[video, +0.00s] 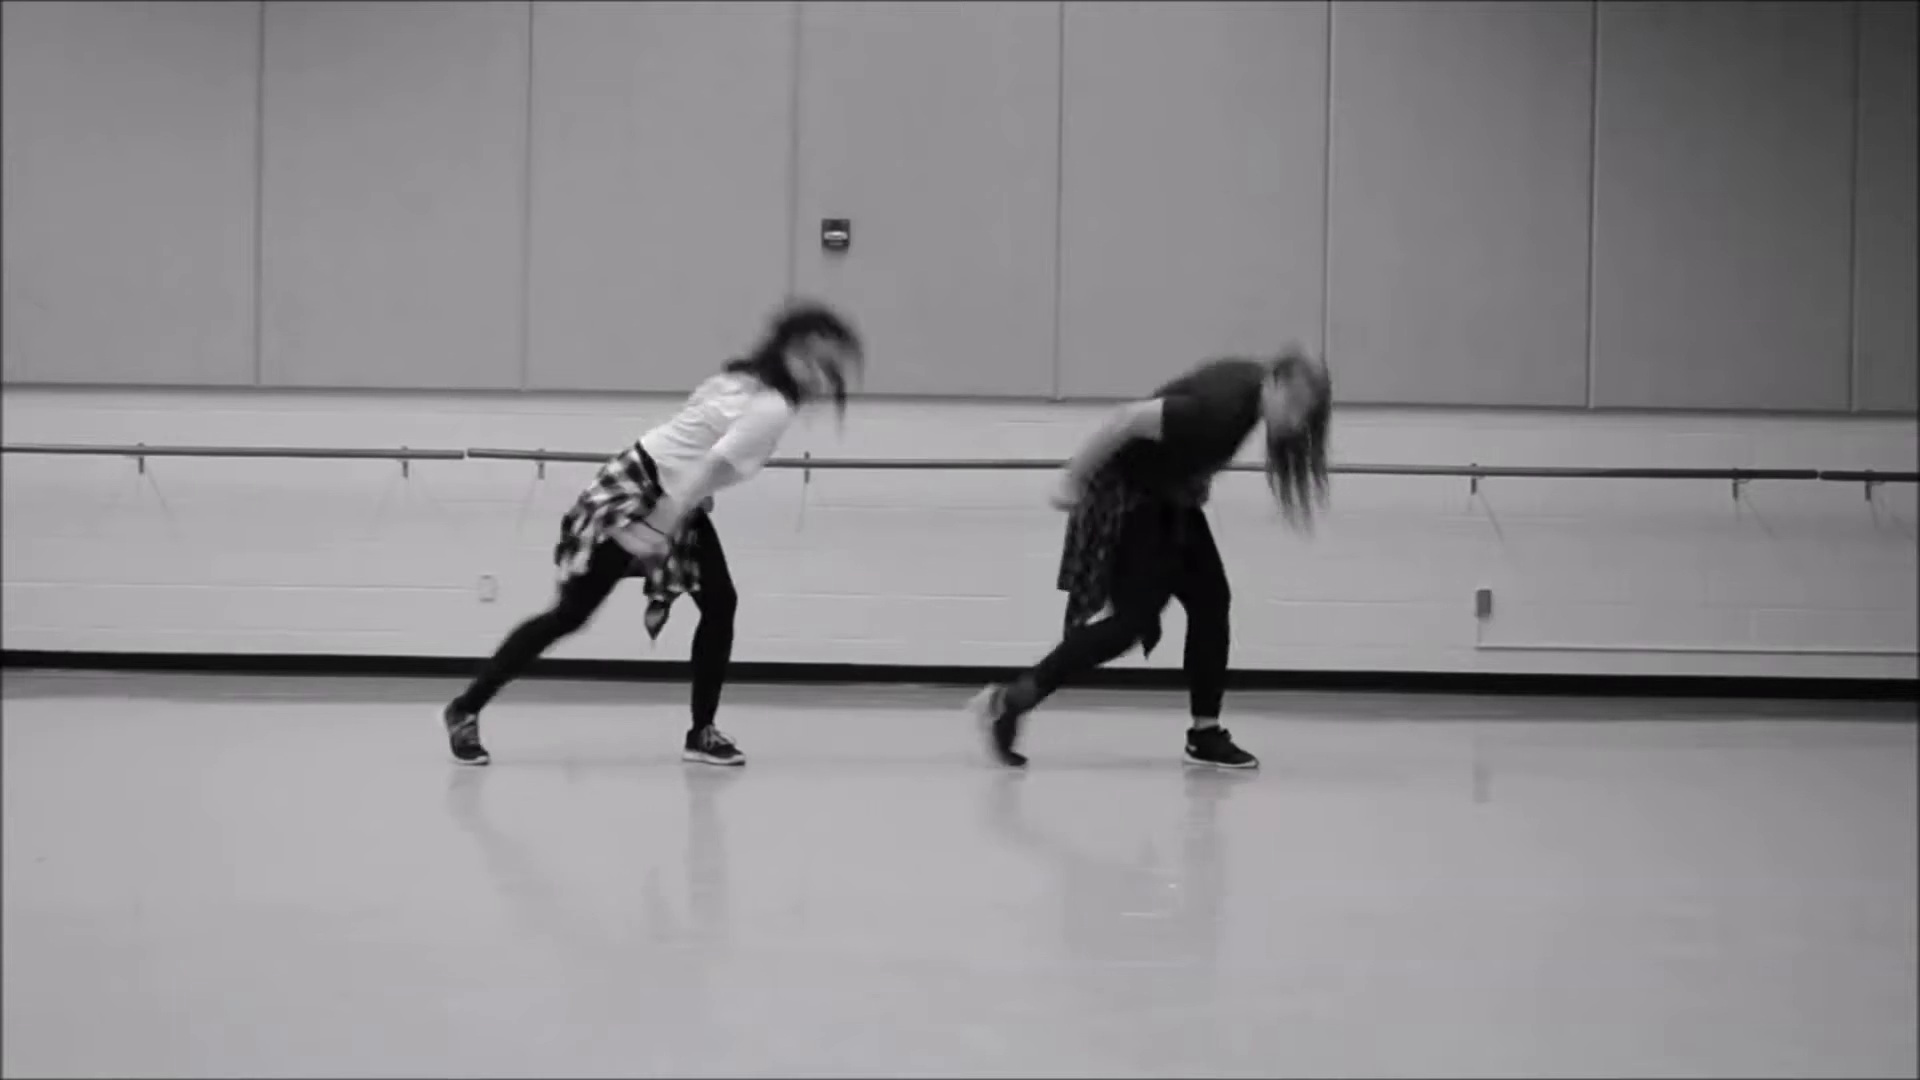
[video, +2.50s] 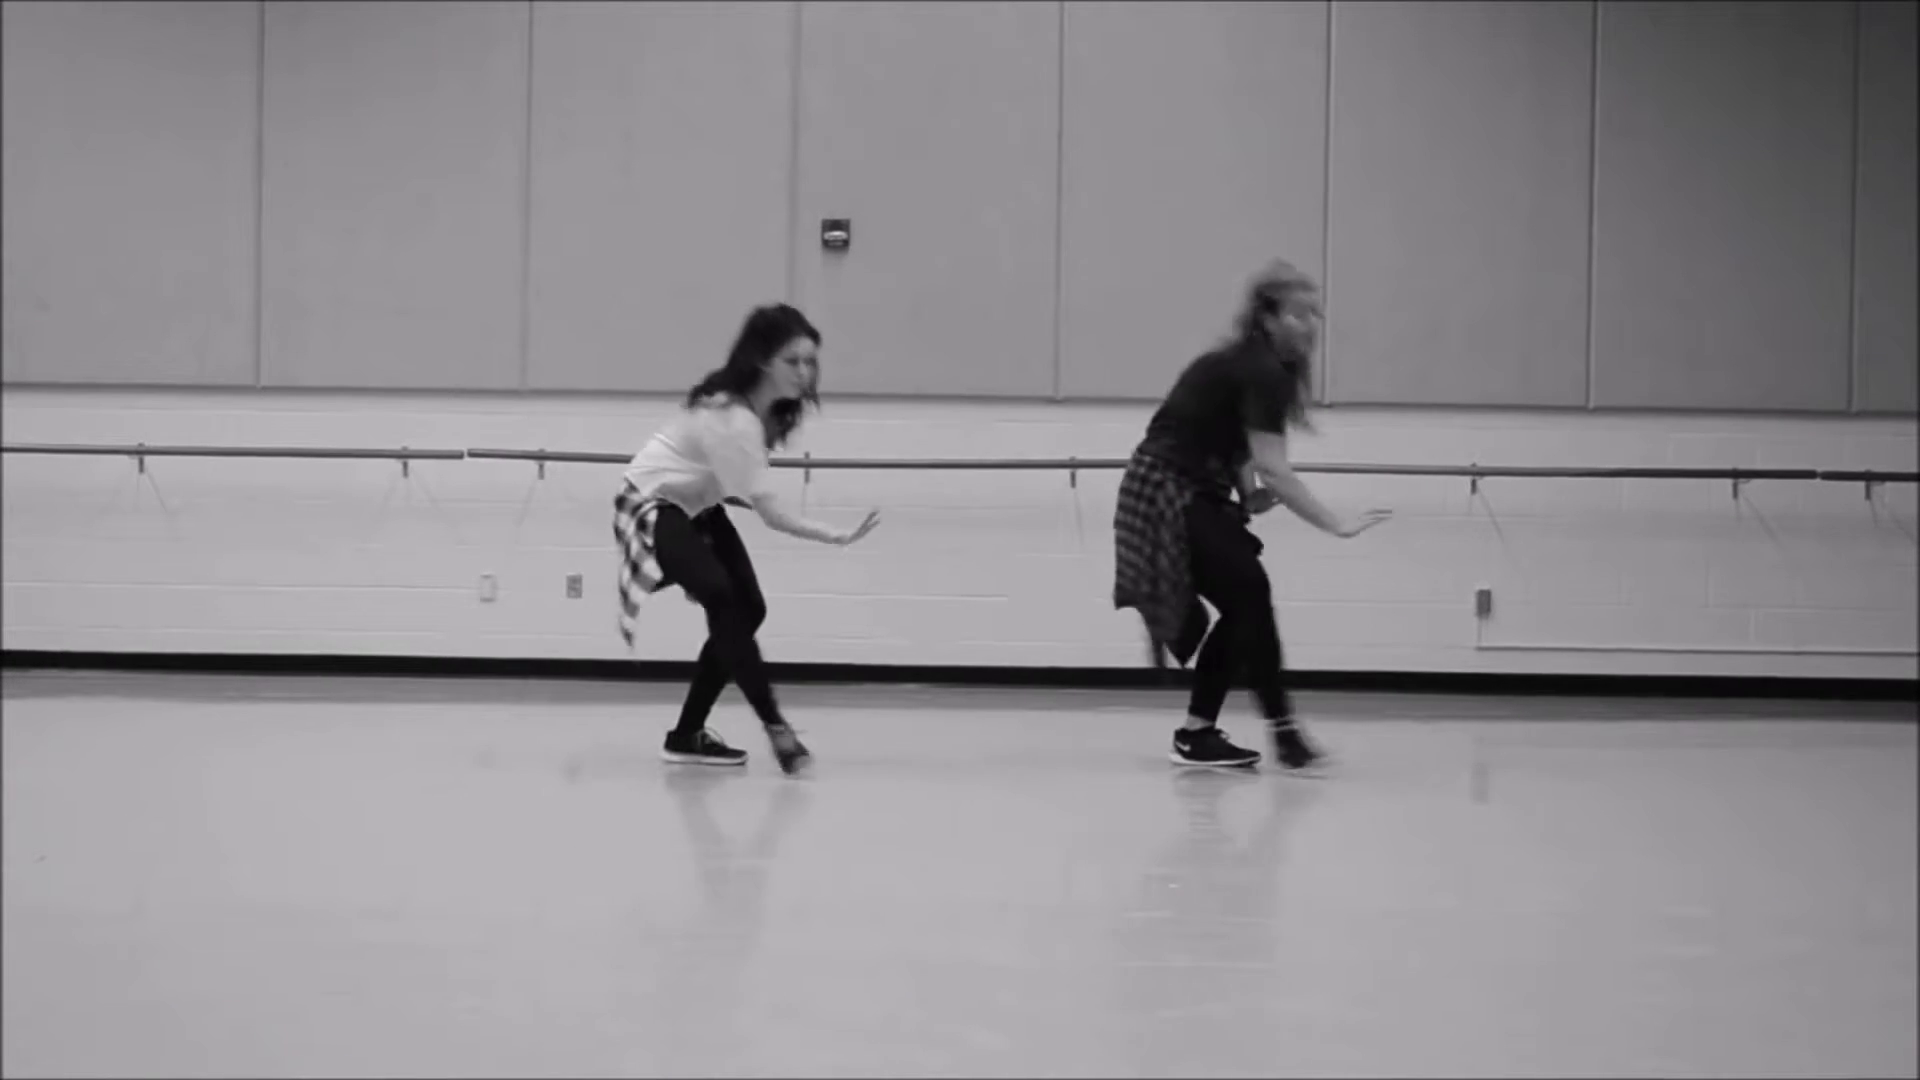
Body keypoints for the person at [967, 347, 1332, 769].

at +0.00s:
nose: (1296, 423)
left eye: (1306, 415)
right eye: (1297, 408)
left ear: (1287, 386)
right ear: (1277, 385)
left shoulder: (1249, 391)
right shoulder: (1217, 406)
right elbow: (1125, 419)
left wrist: (1192, 478)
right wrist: (1074, 479)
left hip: (1175, 499)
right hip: (1129, 497)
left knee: (1211, 604)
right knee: (1131, 622)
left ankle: (1205, 731)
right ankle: (1011, 700)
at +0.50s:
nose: (1191, 256)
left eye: (1194, 247)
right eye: (1177, 248)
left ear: (1194, 256)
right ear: (1153, 259)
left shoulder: (1158, 310)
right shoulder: (1170, 312)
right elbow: (1177, 400)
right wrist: (1177, 480)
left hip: (1160, 483)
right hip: (1136, 481)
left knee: (1187, 610)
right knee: (1067, 594)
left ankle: (1202, 729)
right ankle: (978, 707)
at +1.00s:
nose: (1164, 254)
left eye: (1170, 244)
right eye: (1150, 246)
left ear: (1178, 249)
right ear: (1127, 254)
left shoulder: (1169, 307)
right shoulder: (1123, 297)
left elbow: (1163, 403)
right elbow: (1169, 370)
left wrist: (1191, 464)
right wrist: (1219, 426)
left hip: (1165, 472)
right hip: (1114, 469)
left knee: (1181, 601)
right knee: (1072, 591)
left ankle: (1201, 729)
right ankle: (989, 706)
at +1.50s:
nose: (1109, 264)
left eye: (1117, 253)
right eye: (1096, 254)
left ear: (1128, 259)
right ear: (1076, 263)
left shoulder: (1152, 316)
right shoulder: (1052, 328)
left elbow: (1167, 380)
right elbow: (1050, 414)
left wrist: (1086, 356)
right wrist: (1019, 442)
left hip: (1133, 485)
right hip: (1059, 486)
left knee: (1184, 598)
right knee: (1028, 609)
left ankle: (1212, 720)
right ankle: (985, 723)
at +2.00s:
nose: (1117, 263)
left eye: (1124, 252)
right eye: (1104, 255)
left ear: (1136, 259)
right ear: (1086, 266)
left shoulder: (1168, 329)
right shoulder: (1063, 329)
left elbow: (1197, 411)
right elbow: (1041, 408)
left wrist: (1228, 482)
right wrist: (1078, 407)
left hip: (1158, 492)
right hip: (1080, 490)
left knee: (1209, 593)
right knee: (1042, 603)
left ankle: (1201, 726)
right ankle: (983, 722)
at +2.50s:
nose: (1311, 324)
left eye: (1315, 314)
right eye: (1300, 313)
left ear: (1314, 317)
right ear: (1268, 318)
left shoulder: (1241, 362)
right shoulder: (1260, 369)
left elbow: (1222, 438)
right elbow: (1273, 469)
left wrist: (1247, 493)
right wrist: (1335, 523)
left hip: (1177, 489)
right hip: (1172, 493)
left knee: (1241, 601)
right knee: (1249, 592)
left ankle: (1197, 729)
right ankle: (1283, 728)